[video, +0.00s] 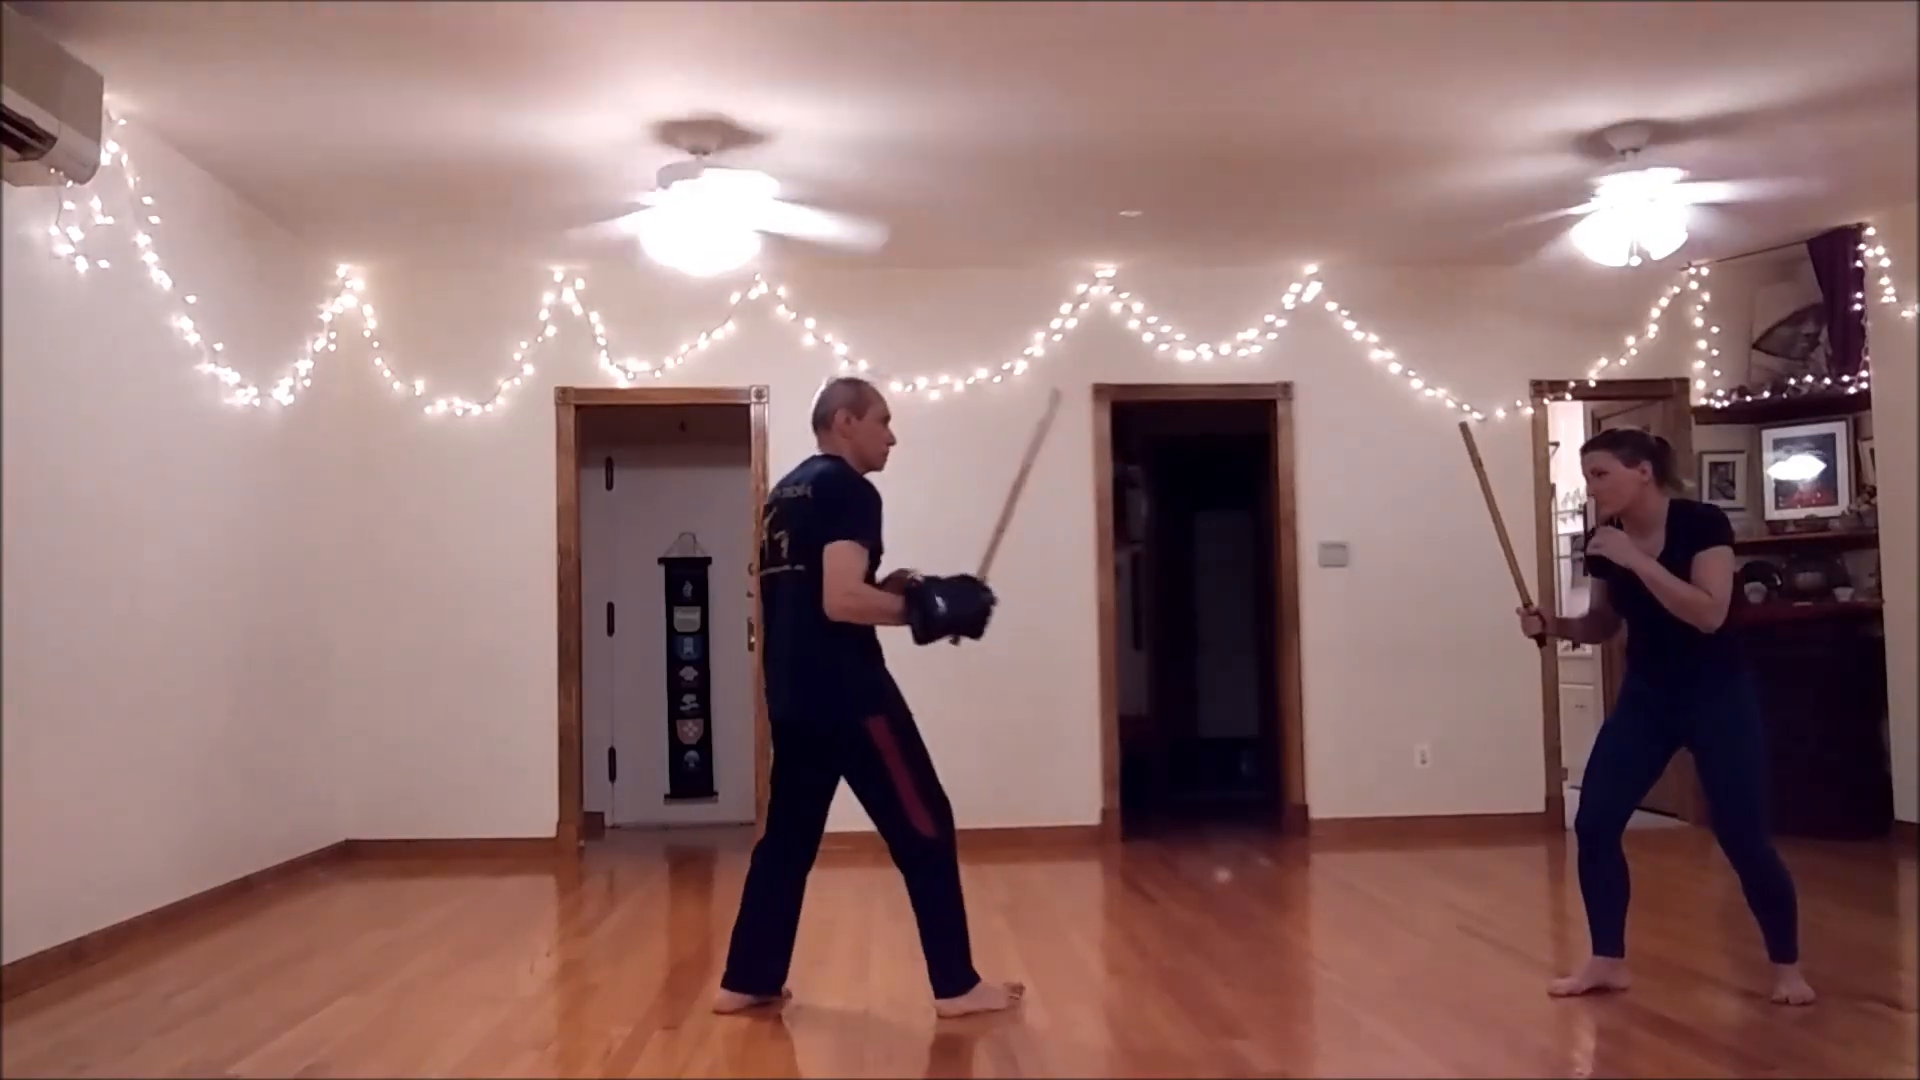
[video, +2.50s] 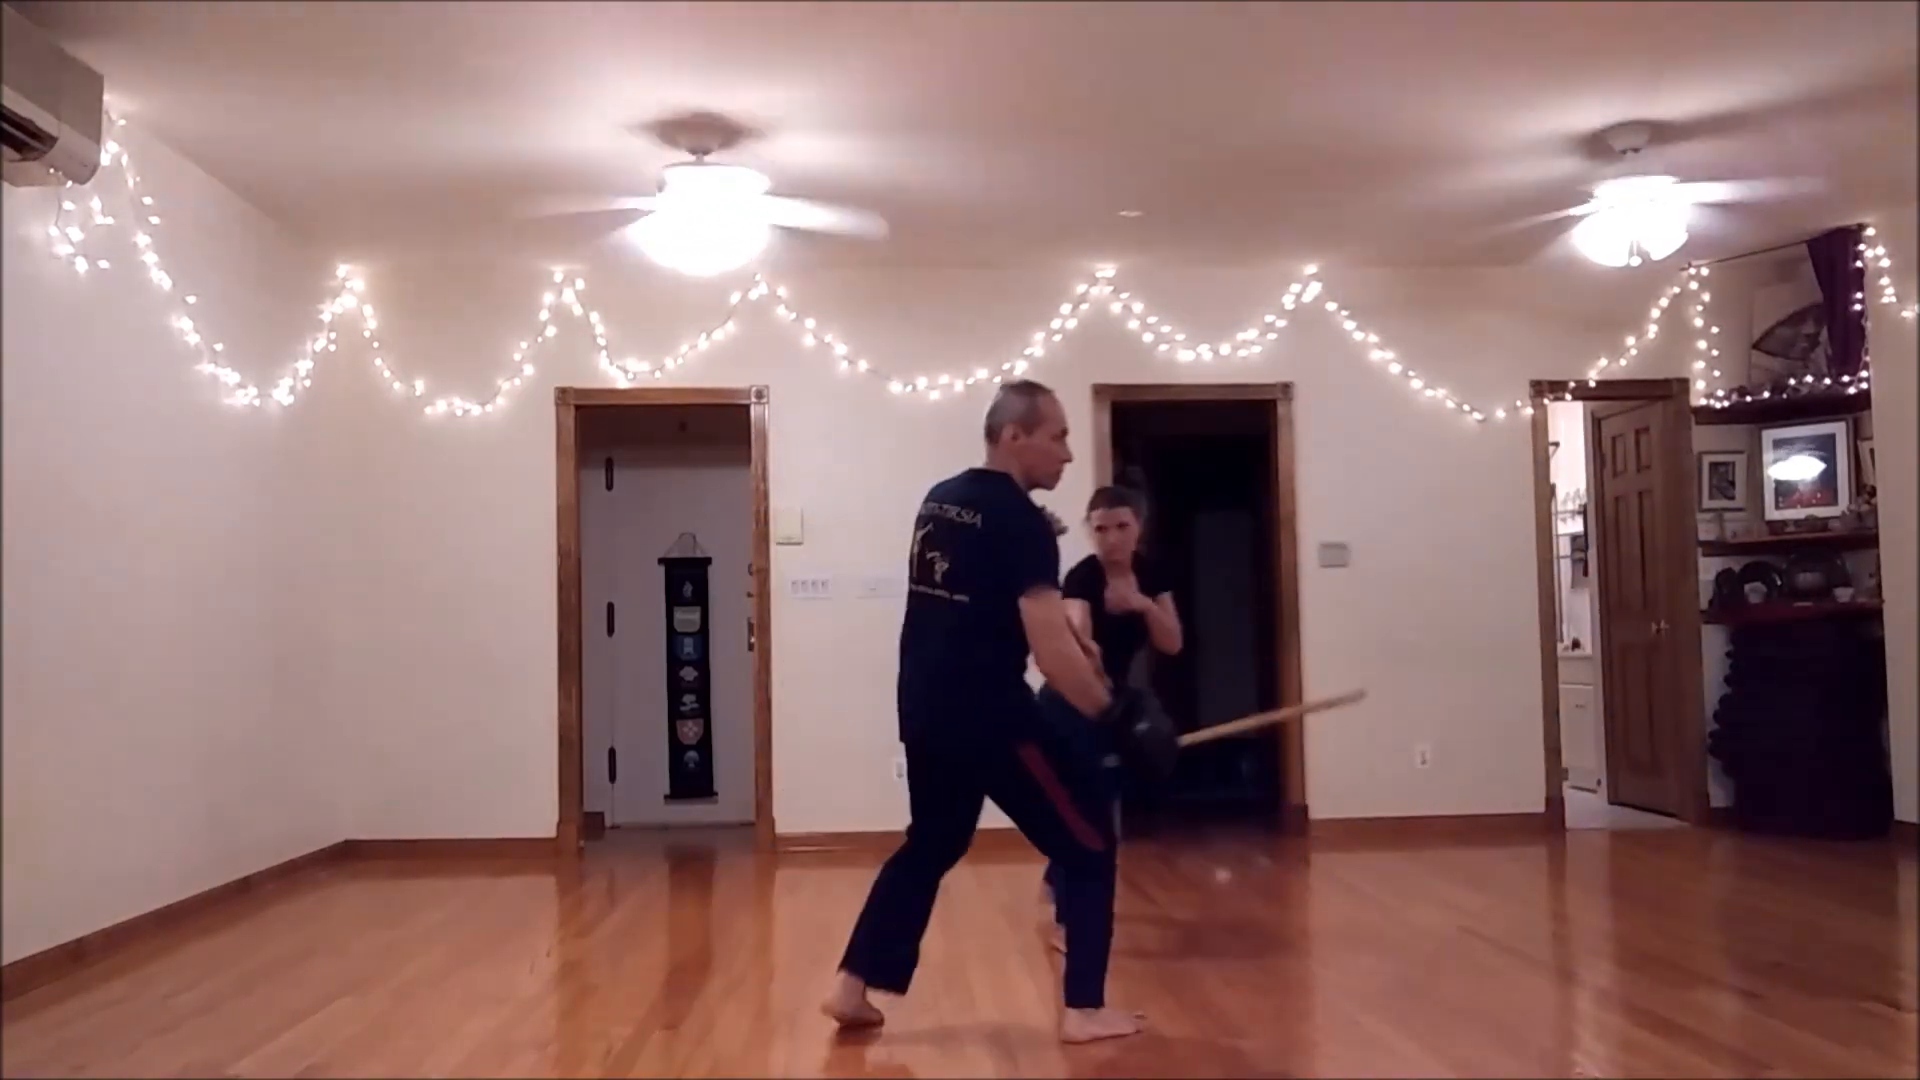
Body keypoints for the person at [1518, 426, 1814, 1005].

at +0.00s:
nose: (1592, 488)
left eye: (1600, 475)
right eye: (1588, 478)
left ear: (1640, 471)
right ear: (1617, 480)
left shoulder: (1702, 522)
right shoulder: (1608, 542)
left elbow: (1711, 612)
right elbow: (1605, 623)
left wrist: (1634, 560)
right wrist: (1555, 626)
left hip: (1718, 698)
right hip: (1648, 699)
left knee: (1742, 836)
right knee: (1595, 822)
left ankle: (1787, 967)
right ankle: (1606, 961)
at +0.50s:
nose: (1592, 493)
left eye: (1601, 480)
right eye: (1589, 482)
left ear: (1642, 480)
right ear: (1627, 485)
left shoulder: (1705, 535)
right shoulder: (1612, 548)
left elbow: (1775, 611)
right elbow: (1624, 629)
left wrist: (1684, 617)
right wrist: (1571, 634)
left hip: (1734, 707)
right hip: (1664, 707)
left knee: (1748, 838)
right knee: (1606, 821)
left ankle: (1788, 969)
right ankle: (1607, 960)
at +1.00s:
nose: (1593, 491)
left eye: (1601, 477)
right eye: (1589, 480)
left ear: (1641, 474)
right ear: (1628, 480)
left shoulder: (1708, 528)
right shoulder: (1615, 546)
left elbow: (1756, 613)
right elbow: (1629, 625)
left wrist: (1673, 601)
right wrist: (1575, 632)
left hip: (1734, 700)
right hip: (1666, 701)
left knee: (1754, 833)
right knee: (1612, 822)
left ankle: (1789, 968)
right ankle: (1609, 960)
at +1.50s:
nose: (1464, 515)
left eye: (1473, 502)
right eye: (1459, 506)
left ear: (1510, 501)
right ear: (1468, 515)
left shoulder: (1567, 558)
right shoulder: (1470, 583)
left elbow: (1613, 634)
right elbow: (1431, 665)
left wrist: (1524, 612)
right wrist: (1369, 645)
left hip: (1600, 736)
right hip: (1528, 741)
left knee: (1686, 840)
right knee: (1437, 828)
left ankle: (1781, 950)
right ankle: (1393, 963)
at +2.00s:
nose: (1202, 520)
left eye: (1212, 508)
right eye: (1198, 511)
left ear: (1250, 508)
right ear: (1200, 519)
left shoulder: (1297, 564)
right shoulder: (1204, 573)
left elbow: (1362, 627)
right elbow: (1135, 624)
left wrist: (1319, 648)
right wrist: (1106, 568)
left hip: (1300, 723)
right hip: (1237, 725)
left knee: (1346, 837)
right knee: (1163, 808)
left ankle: (1430, 968)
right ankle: (1108, 915)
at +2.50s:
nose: (1112, 537)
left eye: (1121, 527)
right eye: (1102, 528)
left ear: (1138, 531)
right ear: (1091, 532)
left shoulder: (1152, 574)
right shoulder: (1083, 576)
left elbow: (1172, 642)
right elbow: (1079, 638)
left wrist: (1146, 606)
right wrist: (1107, 690)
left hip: (1117, 700)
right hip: (1070, 699)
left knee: (1101, 798)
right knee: (1080, 797)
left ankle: (1079, 891)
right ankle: (1063, 888)